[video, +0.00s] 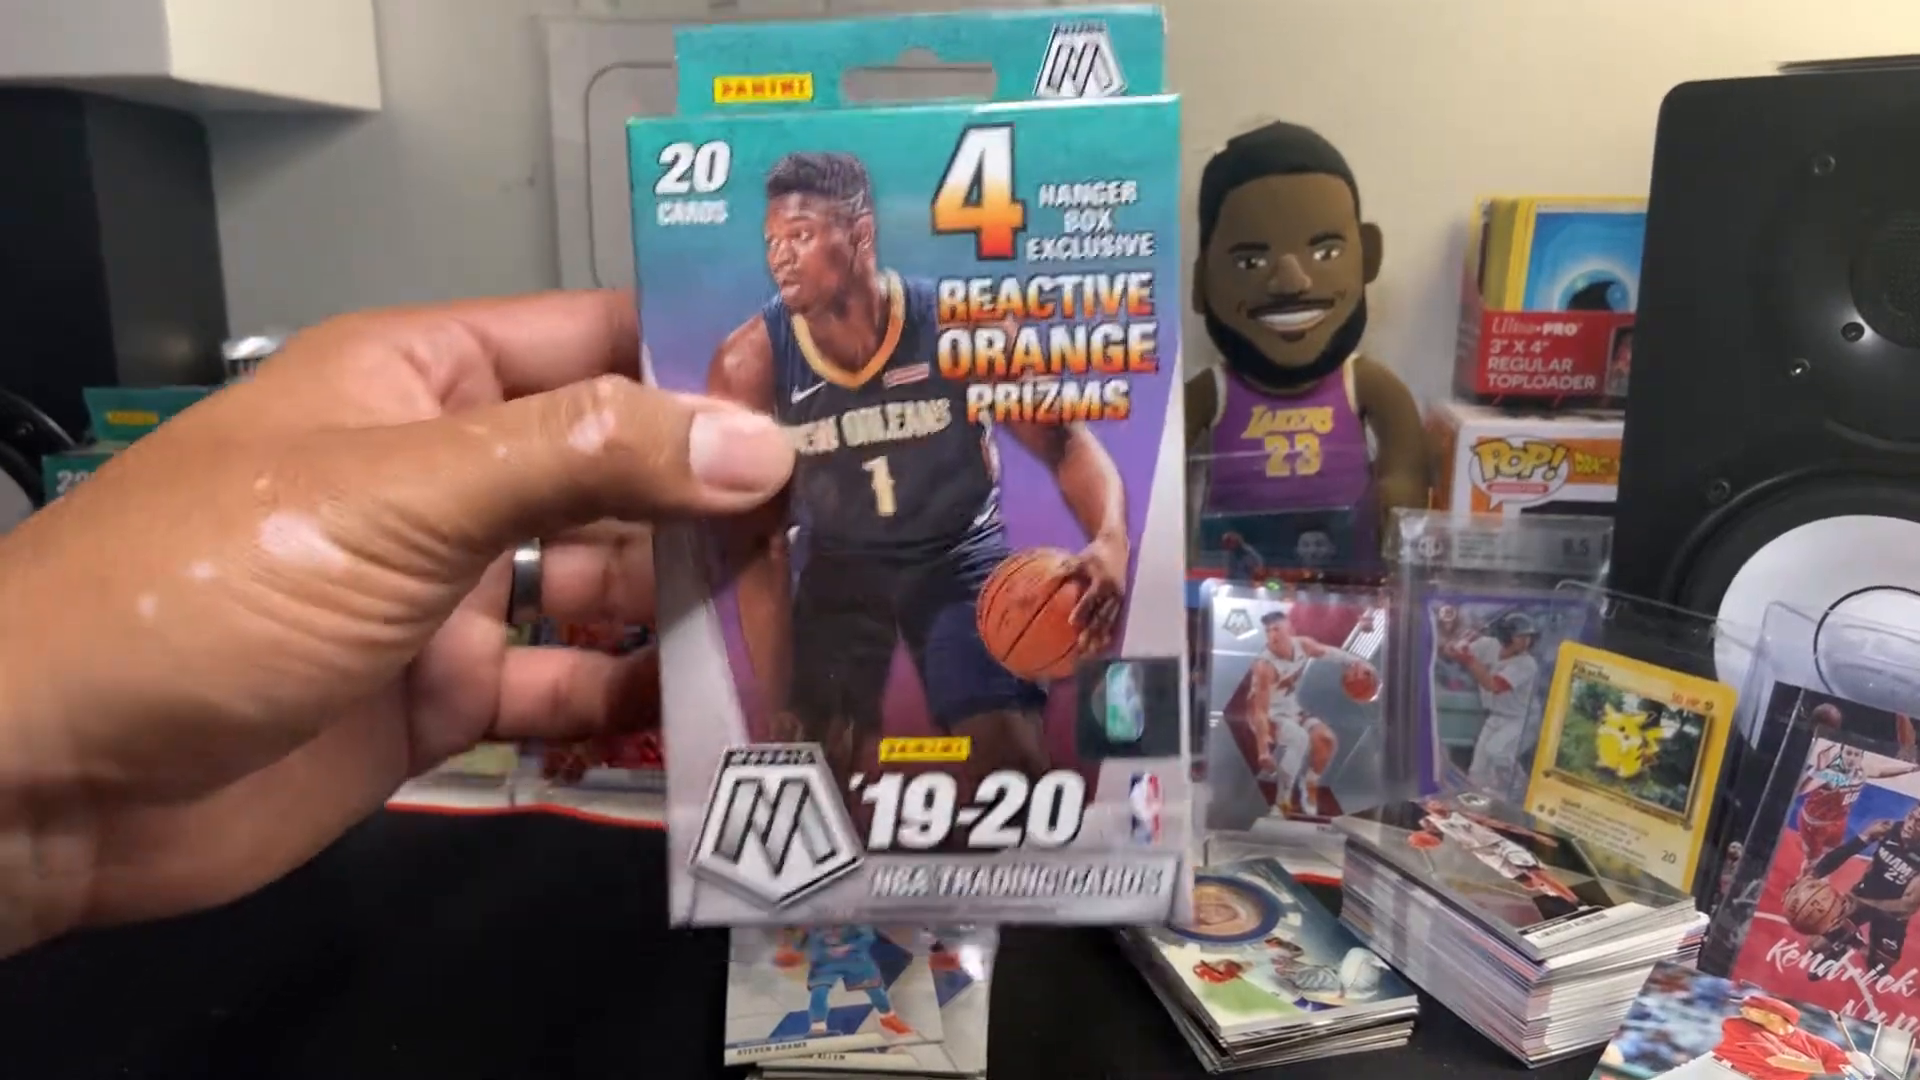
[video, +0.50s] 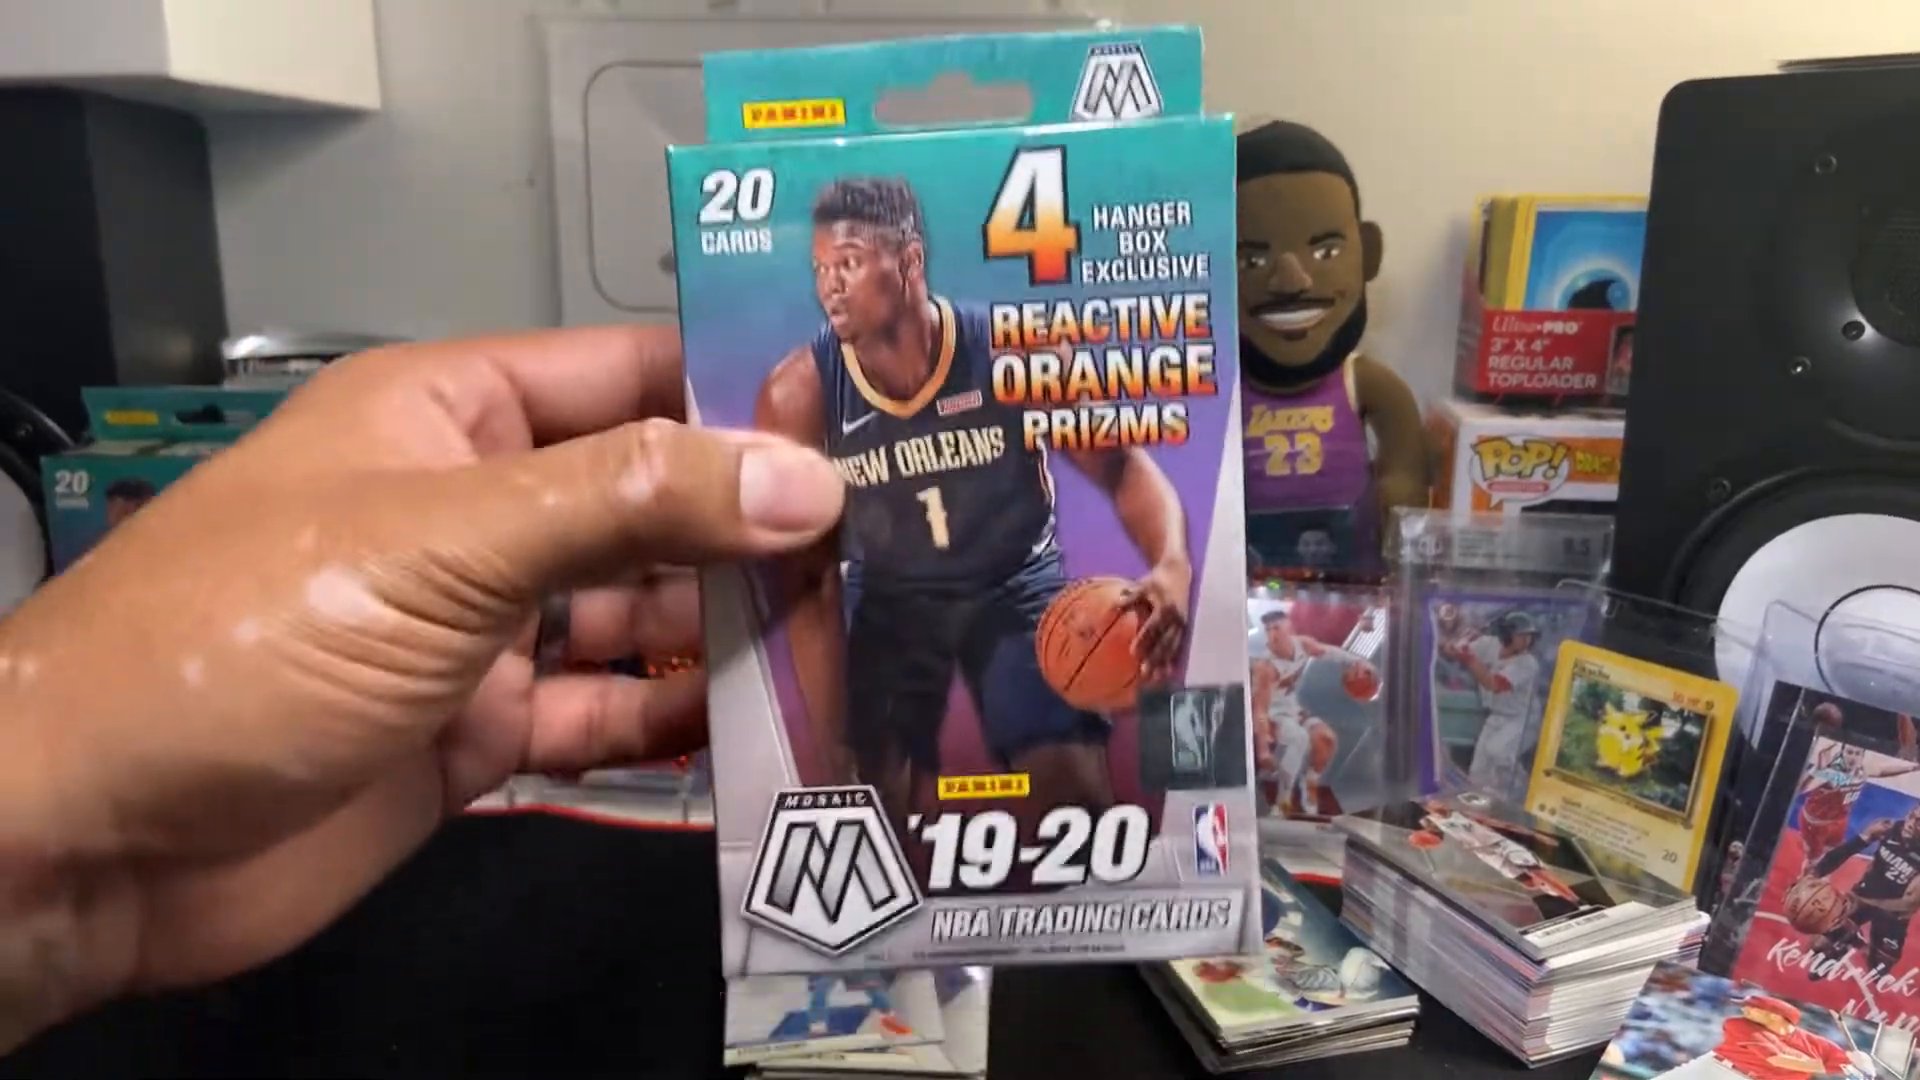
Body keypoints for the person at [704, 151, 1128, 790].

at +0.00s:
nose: (780, 258)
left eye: (800, 237)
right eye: (772, 242)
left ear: (862, 235)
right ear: (764, 248)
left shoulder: (957, 327)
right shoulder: (751, 361)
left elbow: (1063, 443)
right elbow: (756, 542)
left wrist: (1112, 539)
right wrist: (775, 708)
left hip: (960, 557)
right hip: (840, 568)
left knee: (1002, 750)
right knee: (825, 765)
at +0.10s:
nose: (812, 268)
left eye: (830, 245)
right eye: (802, 251)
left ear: (889, 244)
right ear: (792, 260)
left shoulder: (984, 334)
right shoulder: (779, 371)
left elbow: (1094, 451)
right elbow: (786, 554)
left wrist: (1143, 547)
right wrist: (805, 717)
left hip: (990, 573)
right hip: (870, 585)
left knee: (1038, 761)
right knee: (857, 770)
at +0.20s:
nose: (821, 346)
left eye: (839, 322)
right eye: (811, 328)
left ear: (898, 322)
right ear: (803, 335)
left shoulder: (998, 413)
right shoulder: (788, 451)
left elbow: (1113, 532)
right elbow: (795, 642)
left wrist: (1163, 629)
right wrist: (815, 815)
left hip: (1004, 661)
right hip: (882, 671)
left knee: (1059, 851)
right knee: (867, 860)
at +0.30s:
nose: (831, 386)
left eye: (851, 364)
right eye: (823, 370)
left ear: (912, 362)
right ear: (816, 380)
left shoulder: (1007, 451)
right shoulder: (798, 492)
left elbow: (1121, 571)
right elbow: (802, 683)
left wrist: (1175, 671)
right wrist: (822, 854)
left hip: (1018, 697)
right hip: (888, 707)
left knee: (1069, 904)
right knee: (876, 917)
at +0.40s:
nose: (834, 340)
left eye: (854, 317)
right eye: (826, 322)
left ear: (914, 319)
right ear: (817, 330)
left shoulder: (1011, 407)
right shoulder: (803, 442)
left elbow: (1123, 523)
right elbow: (809, 633)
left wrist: (1175, 620)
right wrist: (825, 806)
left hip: (1017, 653)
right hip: (892, 663)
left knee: (1067, 841)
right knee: (871, 853)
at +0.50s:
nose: (830, 287)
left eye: (849, 264)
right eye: (821, 269)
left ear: (910, 262)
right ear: (813, 276)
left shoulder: (1008, 352)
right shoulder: (799, 393)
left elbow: (1120, 466)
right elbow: (808, 580)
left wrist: (1173, 564)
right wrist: (829, 750)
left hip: (1018, 593)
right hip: (893, 606)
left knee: (1069, 790)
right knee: (877, 809)